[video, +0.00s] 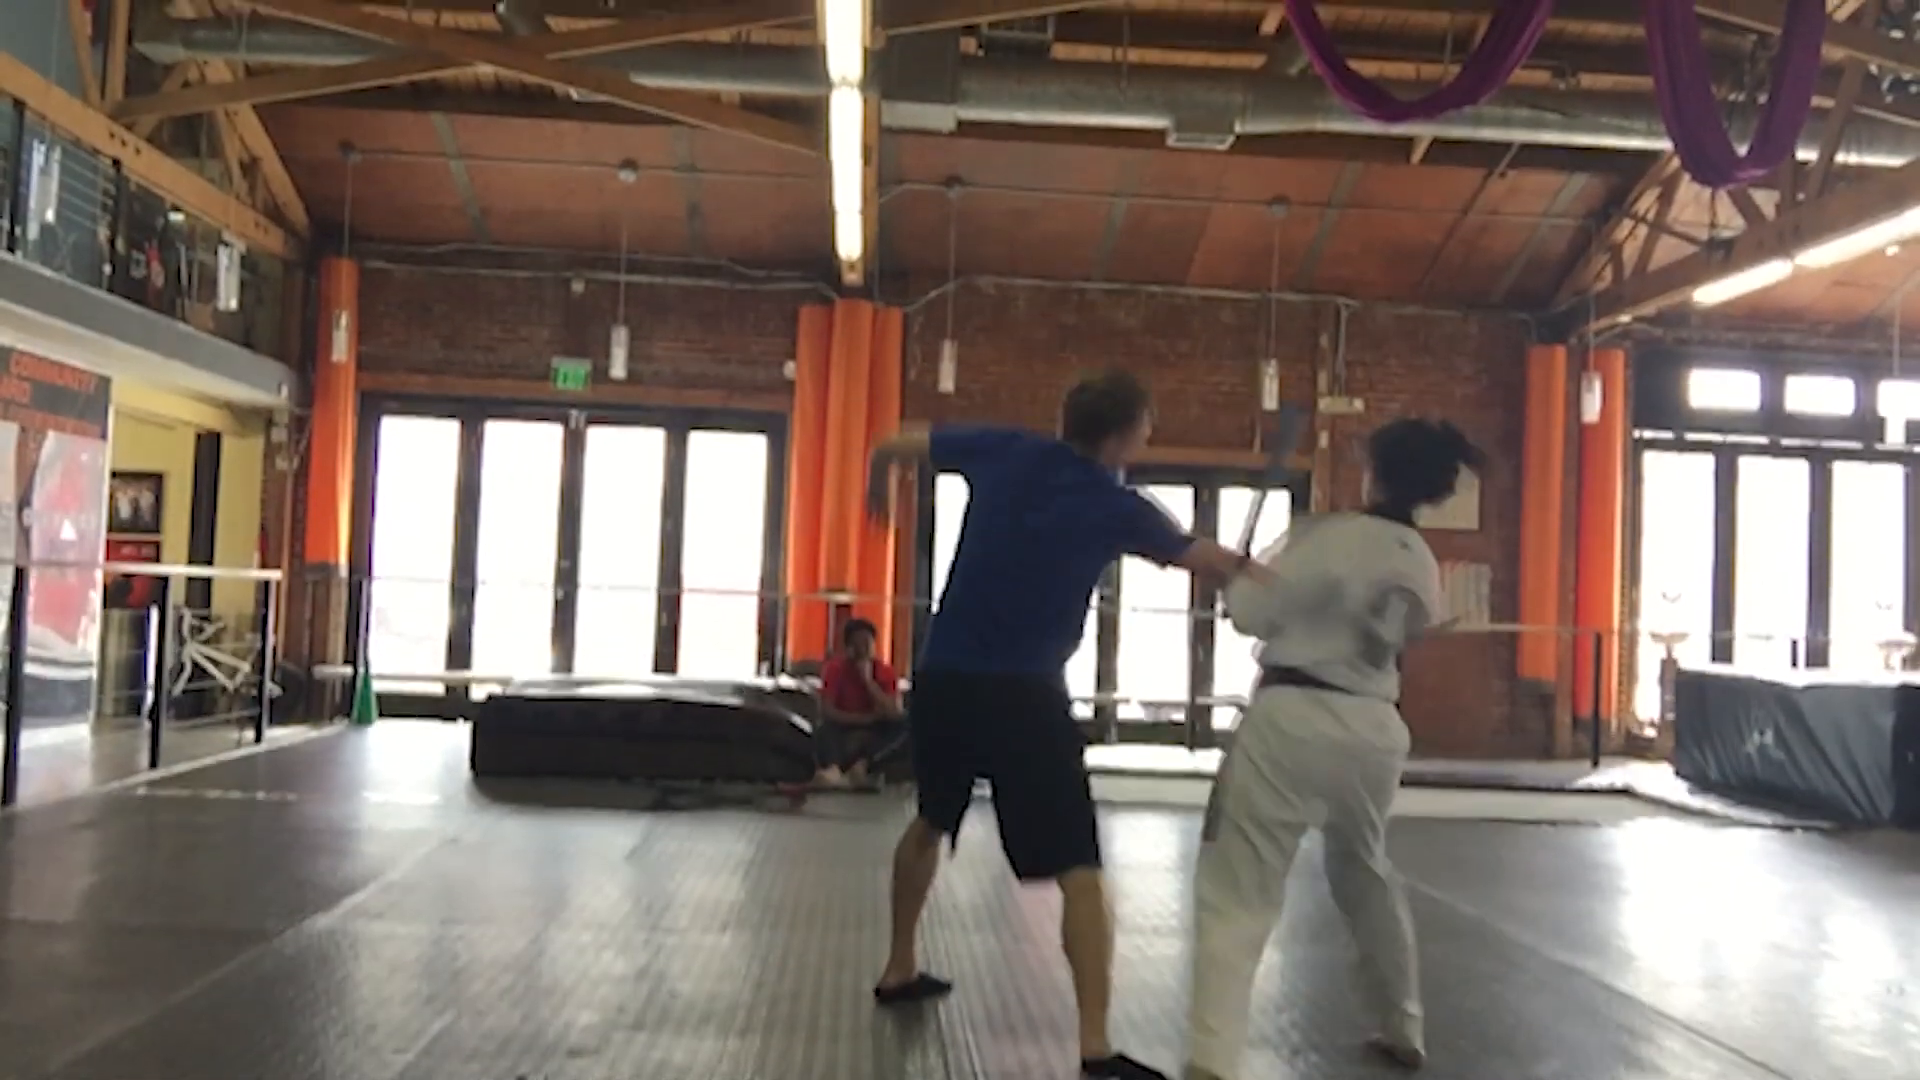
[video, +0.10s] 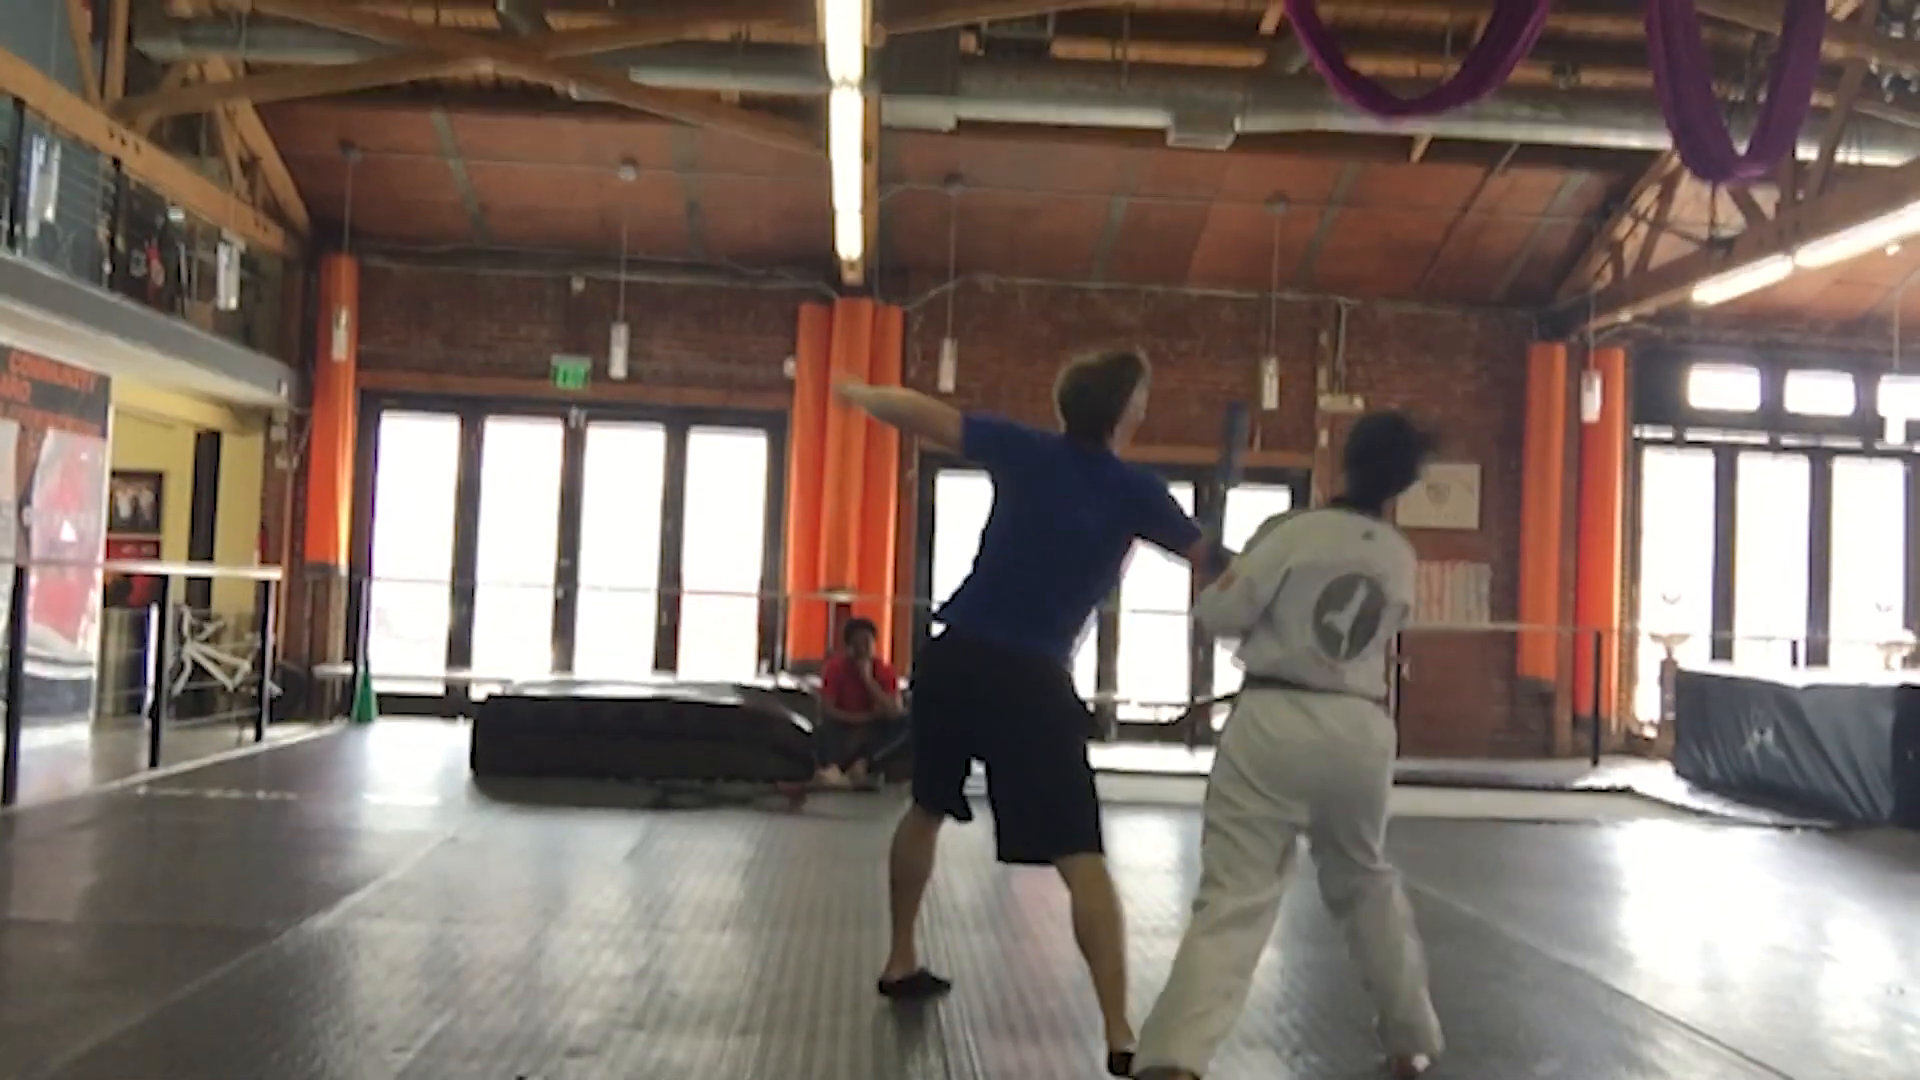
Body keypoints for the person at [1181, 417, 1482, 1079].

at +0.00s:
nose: (1359, 474)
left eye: (1366, 464)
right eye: (1369, 464)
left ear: (1374, 476)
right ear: (1429, 489)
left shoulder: (1324, 537)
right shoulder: (1420, 562)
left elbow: (1253, 612)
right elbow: (1371, 626)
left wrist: (1231, 570)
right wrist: (1270, 573)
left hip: (1289, 721)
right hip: (1374, 727)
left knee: (1236, 895)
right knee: (1366, 867)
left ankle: (1213, 1062)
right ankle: (1404, 1030)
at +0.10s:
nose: (1340, 460)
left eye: (1344, 451)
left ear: (1344, 464)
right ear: (1402, 485)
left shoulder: (1289, 533)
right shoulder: (1400, 555)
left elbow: (1220, 614)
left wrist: (1211, 576)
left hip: (1269, 722)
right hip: (1361, 729)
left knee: (1231, 898)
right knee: (1365, 878)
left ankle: (1172, 1058)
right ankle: (1414, 1046)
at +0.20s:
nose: (1304, 470)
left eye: (1310, 461)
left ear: (1310, 470)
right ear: (1372, 484)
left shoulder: (1269, 535)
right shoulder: (1378, 558)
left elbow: (1202, 623)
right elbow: (1373, 634)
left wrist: (1210, 576)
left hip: (1264, 728)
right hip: (1352, 731)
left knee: (1232, 904)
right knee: (1361, 885)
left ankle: (1189, 1067)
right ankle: (1404, 1051)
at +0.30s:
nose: (1373, 487)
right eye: (1372, 477)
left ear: (1296, 470)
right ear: (1361, 483)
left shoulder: (1259, 529)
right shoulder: (1373, 551)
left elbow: (1195, 613)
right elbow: (1372, 633)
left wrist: (1241, 639)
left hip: (1262, 721)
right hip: (1352, 724)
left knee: (1225, 907)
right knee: (1372, 879)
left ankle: (1203, 1066)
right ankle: (1387, 1044)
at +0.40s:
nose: (1393, 492)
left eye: (1395, 477)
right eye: (1390, 477)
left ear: (1308, 466)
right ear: (1364, 473)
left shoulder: (1263, 521)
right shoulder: (1388, 537)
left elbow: (1204, 601)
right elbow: (1399, 629)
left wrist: (1266, 638)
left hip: (1265, 712)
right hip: (1359, 717)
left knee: (1235, 899)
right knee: (1369, 894)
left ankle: (1195, 1053)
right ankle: (1320, 1047)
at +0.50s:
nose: (1421, 495)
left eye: (1425, 481)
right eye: (1416, 479)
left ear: (1360, 468)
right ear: (1380, 470)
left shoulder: (1283, 516)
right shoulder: (1388, 532)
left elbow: (1218, 593)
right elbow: (1468, 567)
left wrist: (1262, 647)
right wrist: (1464, 535)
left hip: (1258, 700)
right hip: (1338, 706)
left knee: (1297, 873)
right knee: (1360, 887)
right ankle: (1333, 1057)